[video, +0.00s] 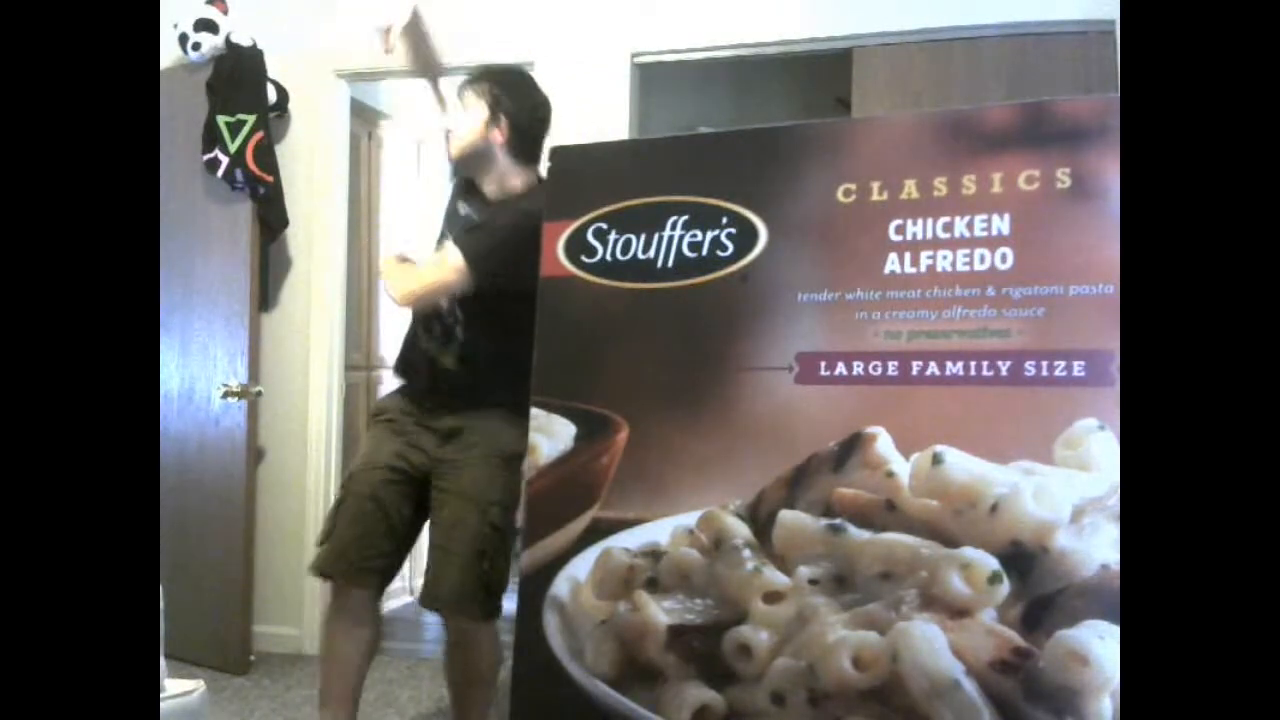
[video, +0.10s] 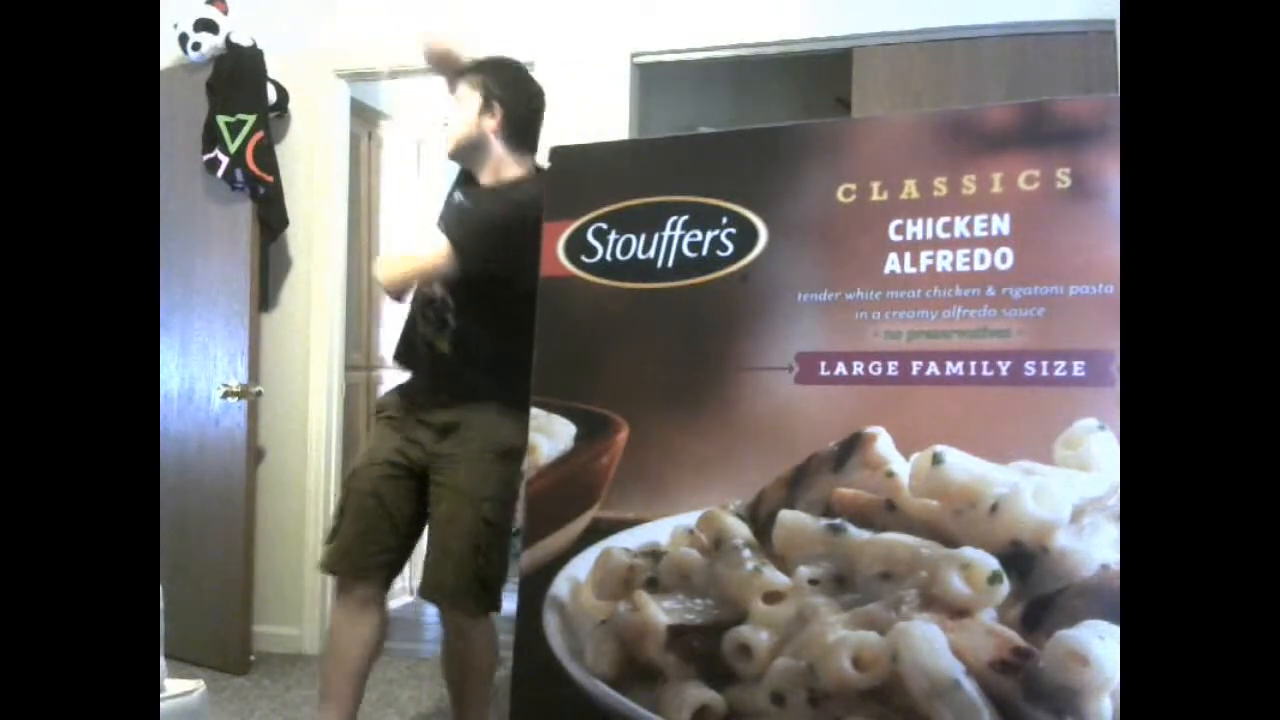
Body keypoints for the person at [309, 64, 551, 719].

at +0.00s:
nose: (449, 122)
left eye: (463, 110)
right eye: (454, 111)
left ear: (499, 127)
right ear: (494, 129)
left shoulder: (529, 216)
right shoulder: (473, 181)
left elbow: (413, 290)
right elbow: (445, 99)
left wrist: (393, 260)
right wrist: (415, 37)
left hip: (483, 427)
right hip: (408, 413)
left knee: (465, 603)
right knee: (352, 575)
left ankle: (473, 718)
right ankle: (335, 715)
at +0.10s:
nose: (446, 118)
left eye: (458, 104)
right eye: (451, 104)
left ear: (493, 116)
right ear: (496, 118)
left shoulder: (524, 201)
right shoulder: (476, 178)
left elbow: (403, 275)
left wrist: (393, 269)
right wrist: (458, 70)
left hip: (484, 418)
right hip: (411, 406)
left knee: (462, 597)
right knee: (357, 572)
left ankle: (473, 717)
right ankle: (334, 714)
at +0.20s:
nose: (436, 130)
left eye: (447, 116)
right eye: (442, 115)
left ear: (483, 123)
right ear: (487, 125)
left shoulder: (518, 204)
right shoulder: (467, 196)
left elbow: (431, 256)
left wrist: (353, 267)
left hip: (479, 418)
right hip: (413, 407)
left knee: (449, 596)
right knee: (364, 577)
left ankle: (472, 716)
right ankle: (337, 714)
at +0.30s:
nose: (435, 144)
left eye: (446, 131)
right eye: (440, 130)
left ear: (481, 142)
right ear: (482, 142)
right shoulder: (466, 207)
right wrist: (396, 197)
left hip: (476, 427)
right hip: (410, 416)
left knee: (441, 601)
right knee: (354, 581)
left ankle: (473, 716)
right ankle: (330, 714)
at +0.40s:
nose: (434, 162)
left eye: (445, 148)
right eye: (439, 147)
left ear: (481, 159)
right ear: (480, 160)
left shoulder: (525, 247)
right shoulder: (463, 216)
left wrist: (384, 256)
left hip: (473, 432)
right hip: (407, 421)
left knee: (433, 597)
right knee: (335, 579)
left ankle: (469, 714)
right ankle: (323, 713)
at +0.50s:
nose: (432, 146)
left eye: (447, 136)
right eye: (437, 135)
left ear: (485, 152)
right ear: (470, 151)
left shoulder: (515, 235)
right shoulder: (438, 201)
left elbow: (420, 230)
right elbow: (370, 161)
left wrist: (372, 166)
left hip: (454, 438)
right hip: (382, 424)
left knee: (464, 599)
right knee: (284, 543)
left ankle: (477, 717)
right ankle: (281, 707)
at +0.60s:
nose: (432, 123)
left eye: (449, 113)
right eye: (435, 112)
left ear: (489, 134)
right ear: (444, 127)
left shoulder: (513, 225)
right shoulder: (419, 171)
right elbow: (366, 126)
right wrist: (344, 69)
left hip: (439, 415)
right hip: (358, 401)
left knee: (474, 577)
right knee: (262, 537)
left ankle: (486, 712)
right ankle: (272, 700)